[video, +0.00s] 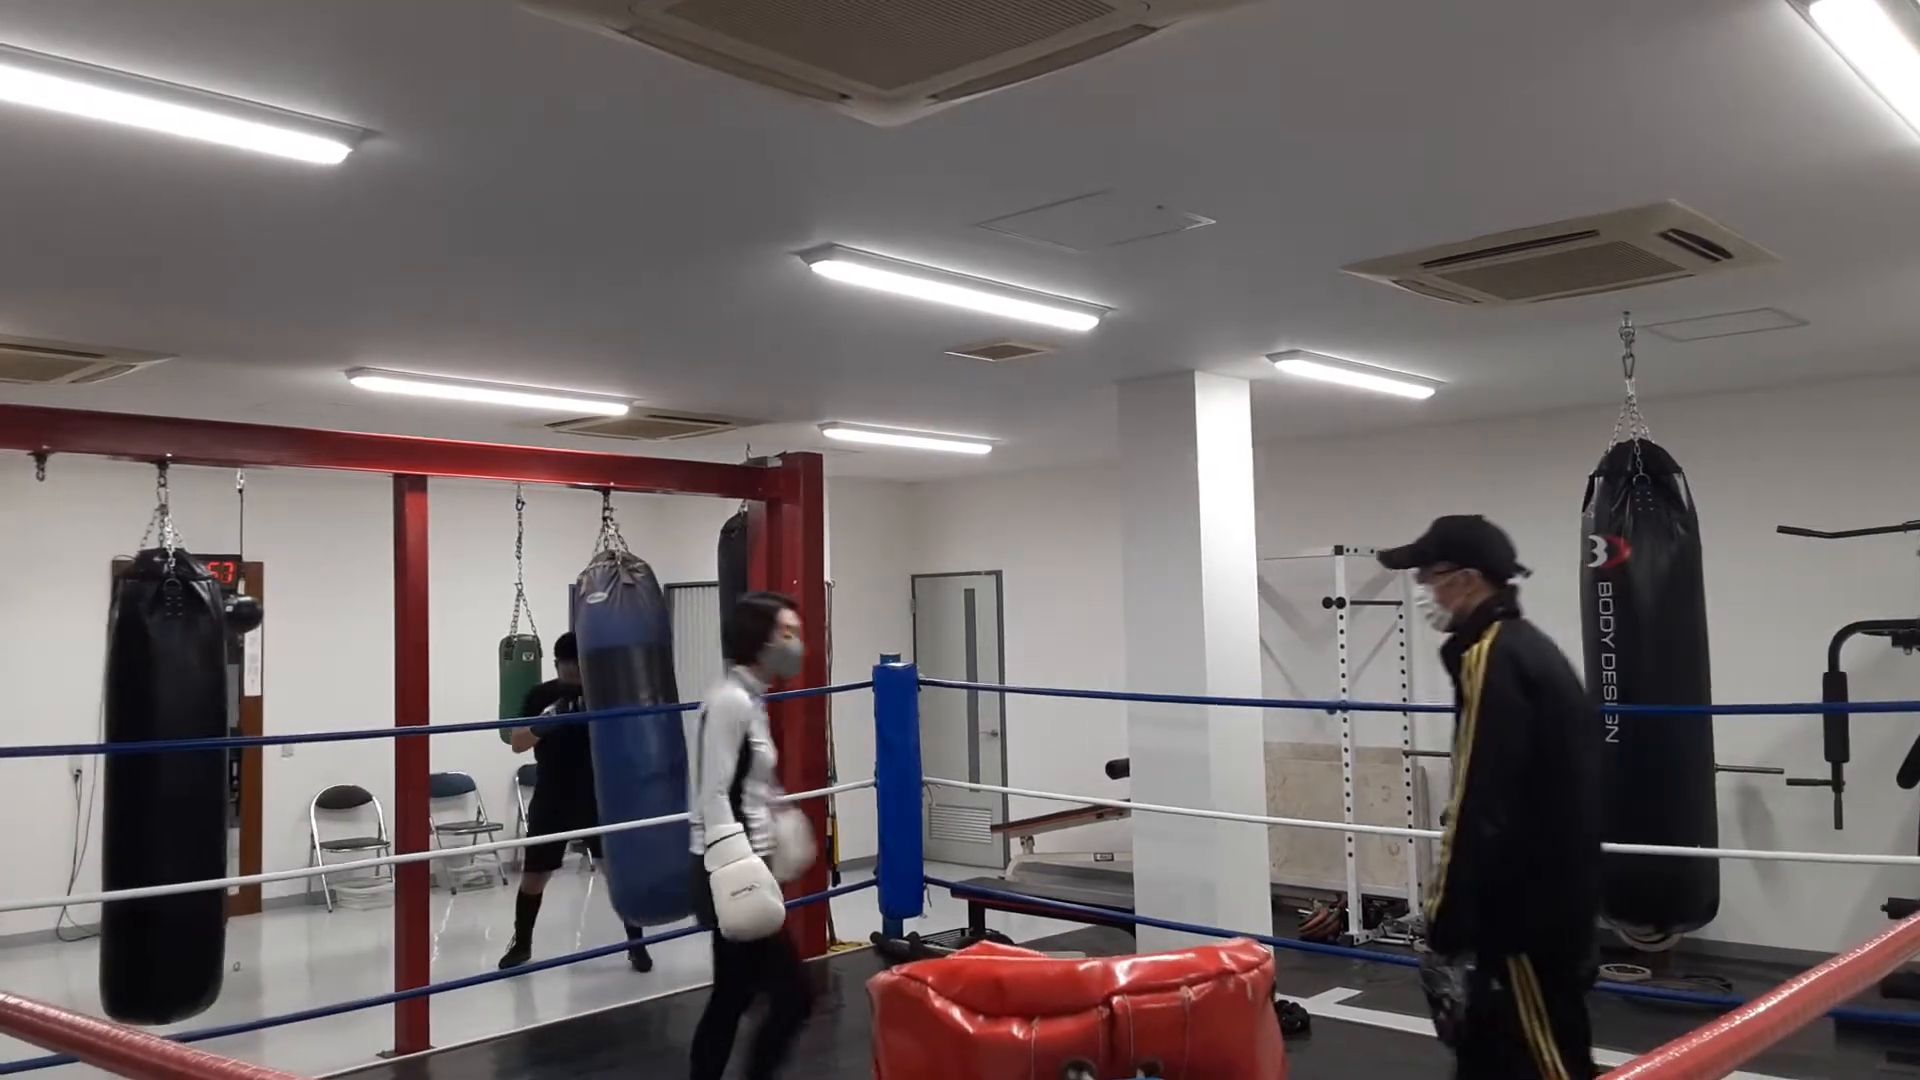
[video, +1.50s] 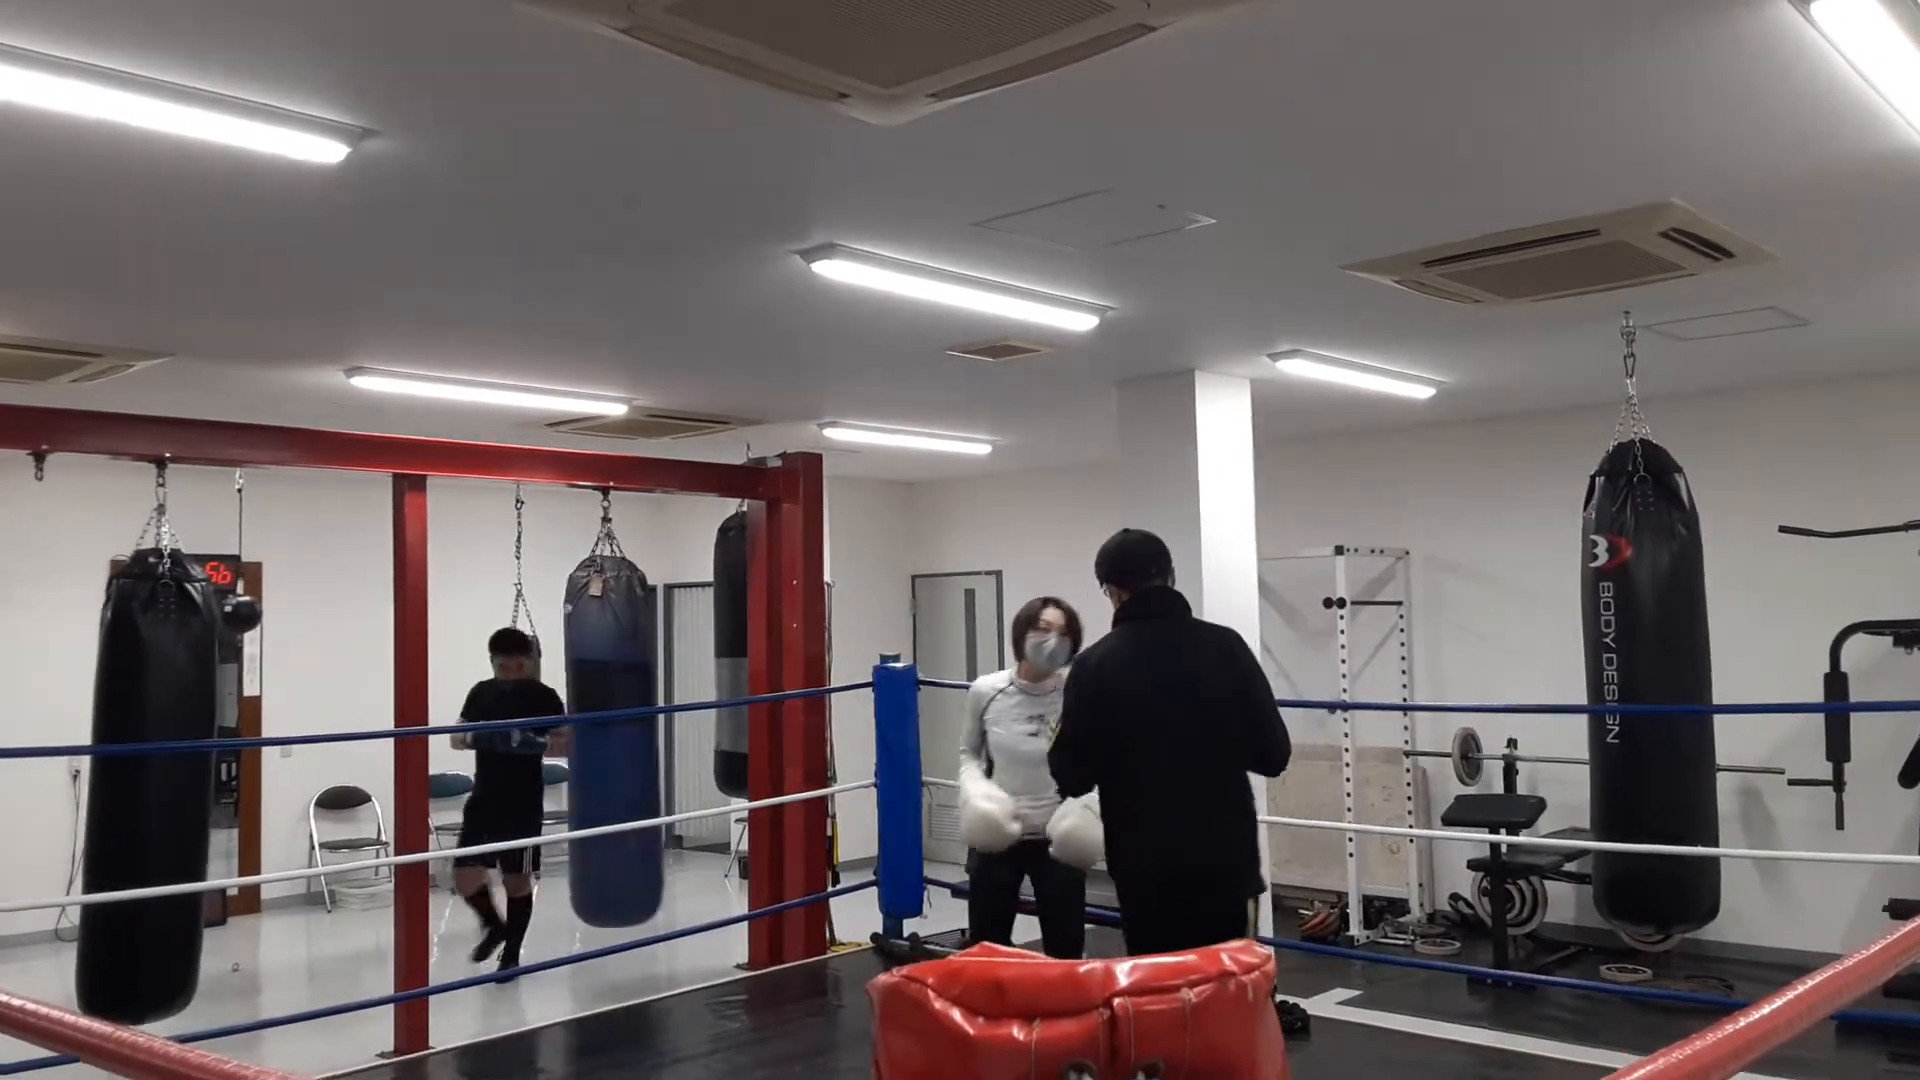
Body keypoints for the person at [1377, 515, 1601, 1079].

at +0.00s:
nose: (1428, 590)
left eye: (1434, 576)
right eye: (1426, 578)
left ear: (1467, 578)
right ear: (1477, 578)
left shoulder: (1492, 656)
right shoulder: (1530, 649)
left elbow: (1478, 805)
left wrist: (1445, 934)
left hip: (1518, 917)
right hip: (1549, 904)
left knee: (1548, 1062)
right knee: (1498, 1063)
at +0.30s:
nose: (1352, 591)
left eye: (1357, 578)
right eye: (1352, 580)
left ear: (1389, 575)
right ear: (1400, 576)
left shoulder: (1403, 644)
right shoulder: (1443, 641)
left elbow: (1399, 778)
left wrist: (1395, 896)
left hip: (1427, 890)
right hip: (1465, 883)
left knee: (1427, 1038)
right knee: (1450, 1035)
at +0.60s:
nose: (1297, 590)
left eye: (1303, 576)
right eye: (1296, 578)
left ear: (1332, 573)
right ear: (1355, 577)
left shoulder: (1334, 631)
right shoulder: (1394, 643)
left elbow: (1329, 759)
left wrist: (1259, 849)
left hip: (1356, 867)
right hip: (1416, 864)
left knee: (1312, 1025)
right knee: (1412, 1031)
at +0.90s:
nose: (1220, 592)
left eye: (1226, 581)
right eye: (1220, 581)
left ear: (1251, 585)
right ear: (1279, 588)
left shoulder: (1230, 654)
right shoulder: (1323, 655)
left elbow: (1189, 762)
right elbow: (1272, 740)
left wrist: (1102, 767)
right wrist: (1168, 735)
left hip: (1266, 869)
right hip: (1343, 866)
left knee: (1235, 1013)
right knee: (1383, 1030)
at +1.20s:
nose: (1129, 596)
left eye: (1130, 586)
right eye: (1129, 586)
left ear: (1146, 588)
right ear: (1193, 583)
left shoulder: (1122, 663)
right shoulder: (1250, 647)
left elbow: (1092, 779)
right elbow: (1293, 755)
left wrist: (1137, 816)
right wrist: (1236, 767)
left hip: (1177, 862)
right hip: (1267, 857)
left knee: (1190, 1005)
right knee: (1286, 1001)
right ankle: (1303, 1074)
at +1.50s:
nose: (1107, 600)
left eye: (1106, 592)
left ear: (1114, 592)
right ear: (1168, 577)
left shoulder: (1094, 665)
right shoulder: (1225, 646)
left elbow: (1071, 776)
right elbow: (1274, 756)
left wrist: (1118, 734)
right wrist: (1212, 731)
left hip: (1144, 868)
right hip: (1224, 862)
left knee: (1158, 997)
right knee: (1228, 997)